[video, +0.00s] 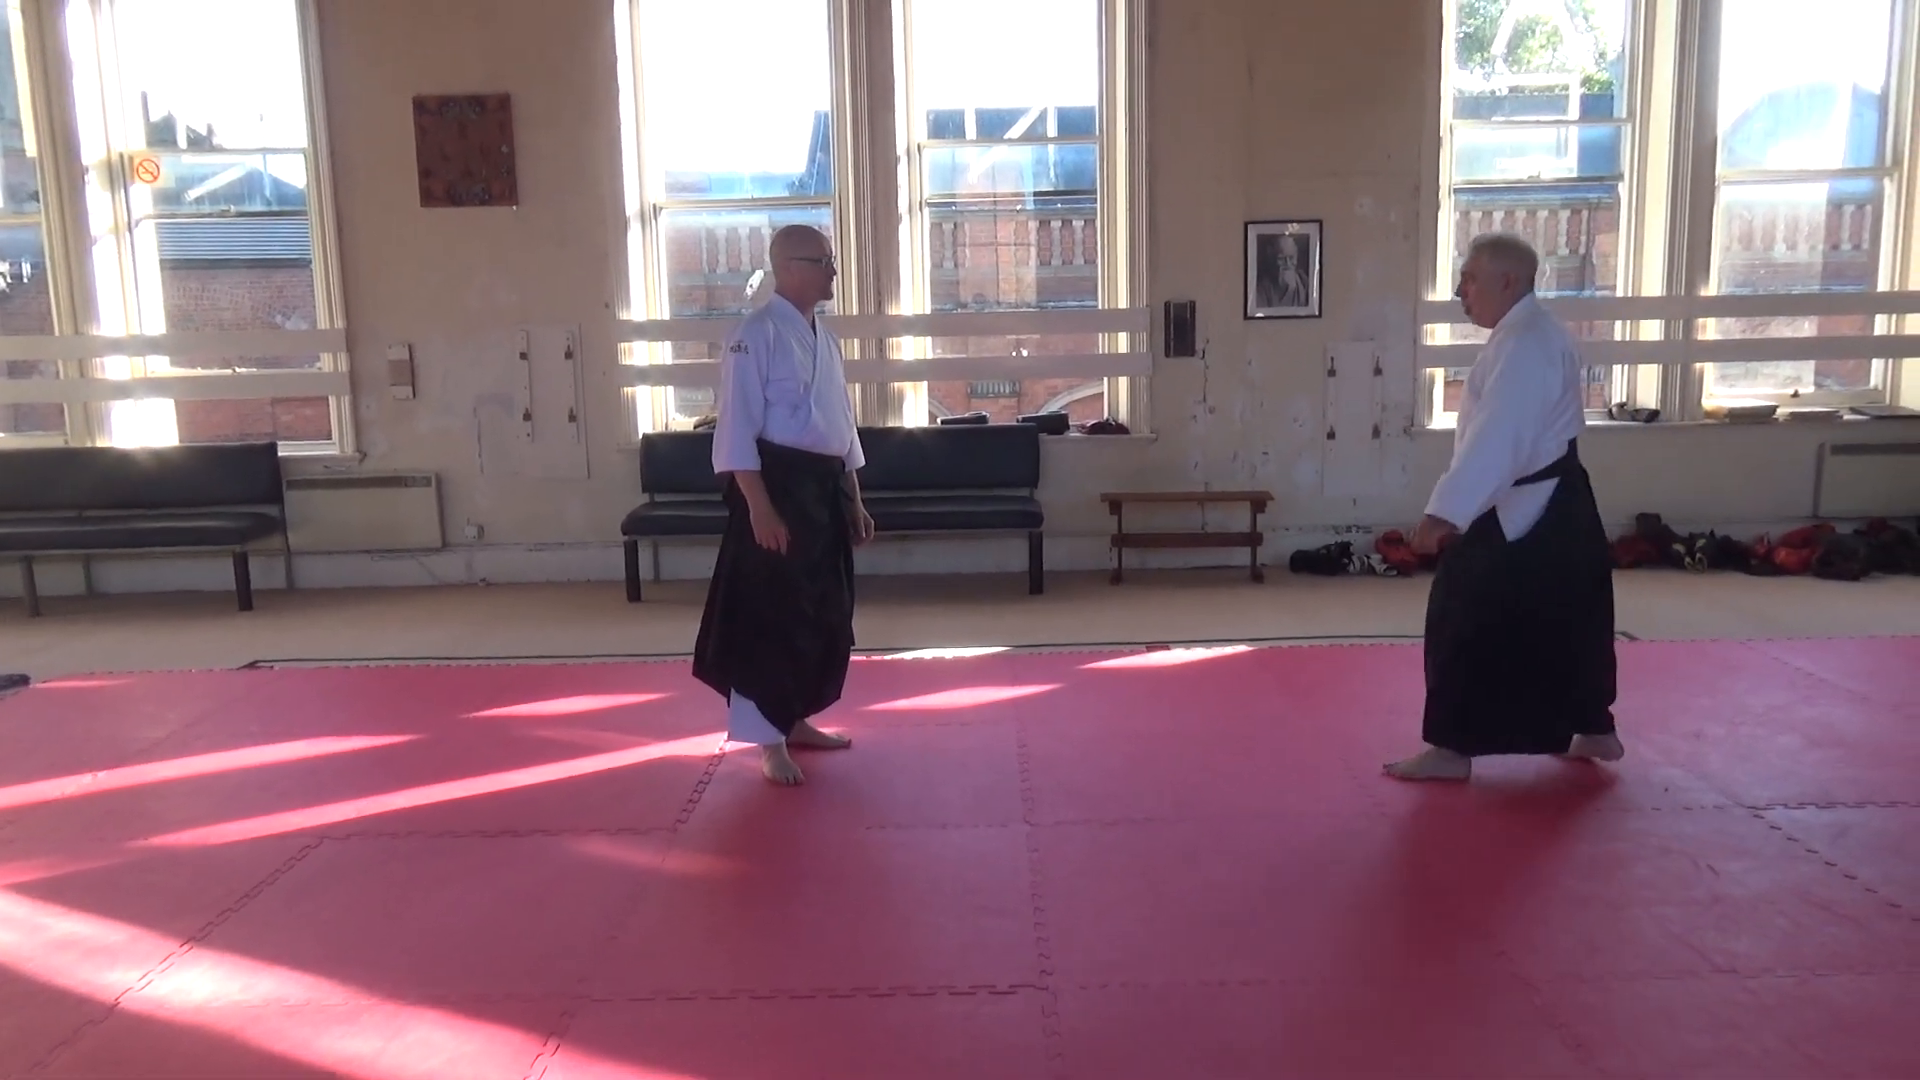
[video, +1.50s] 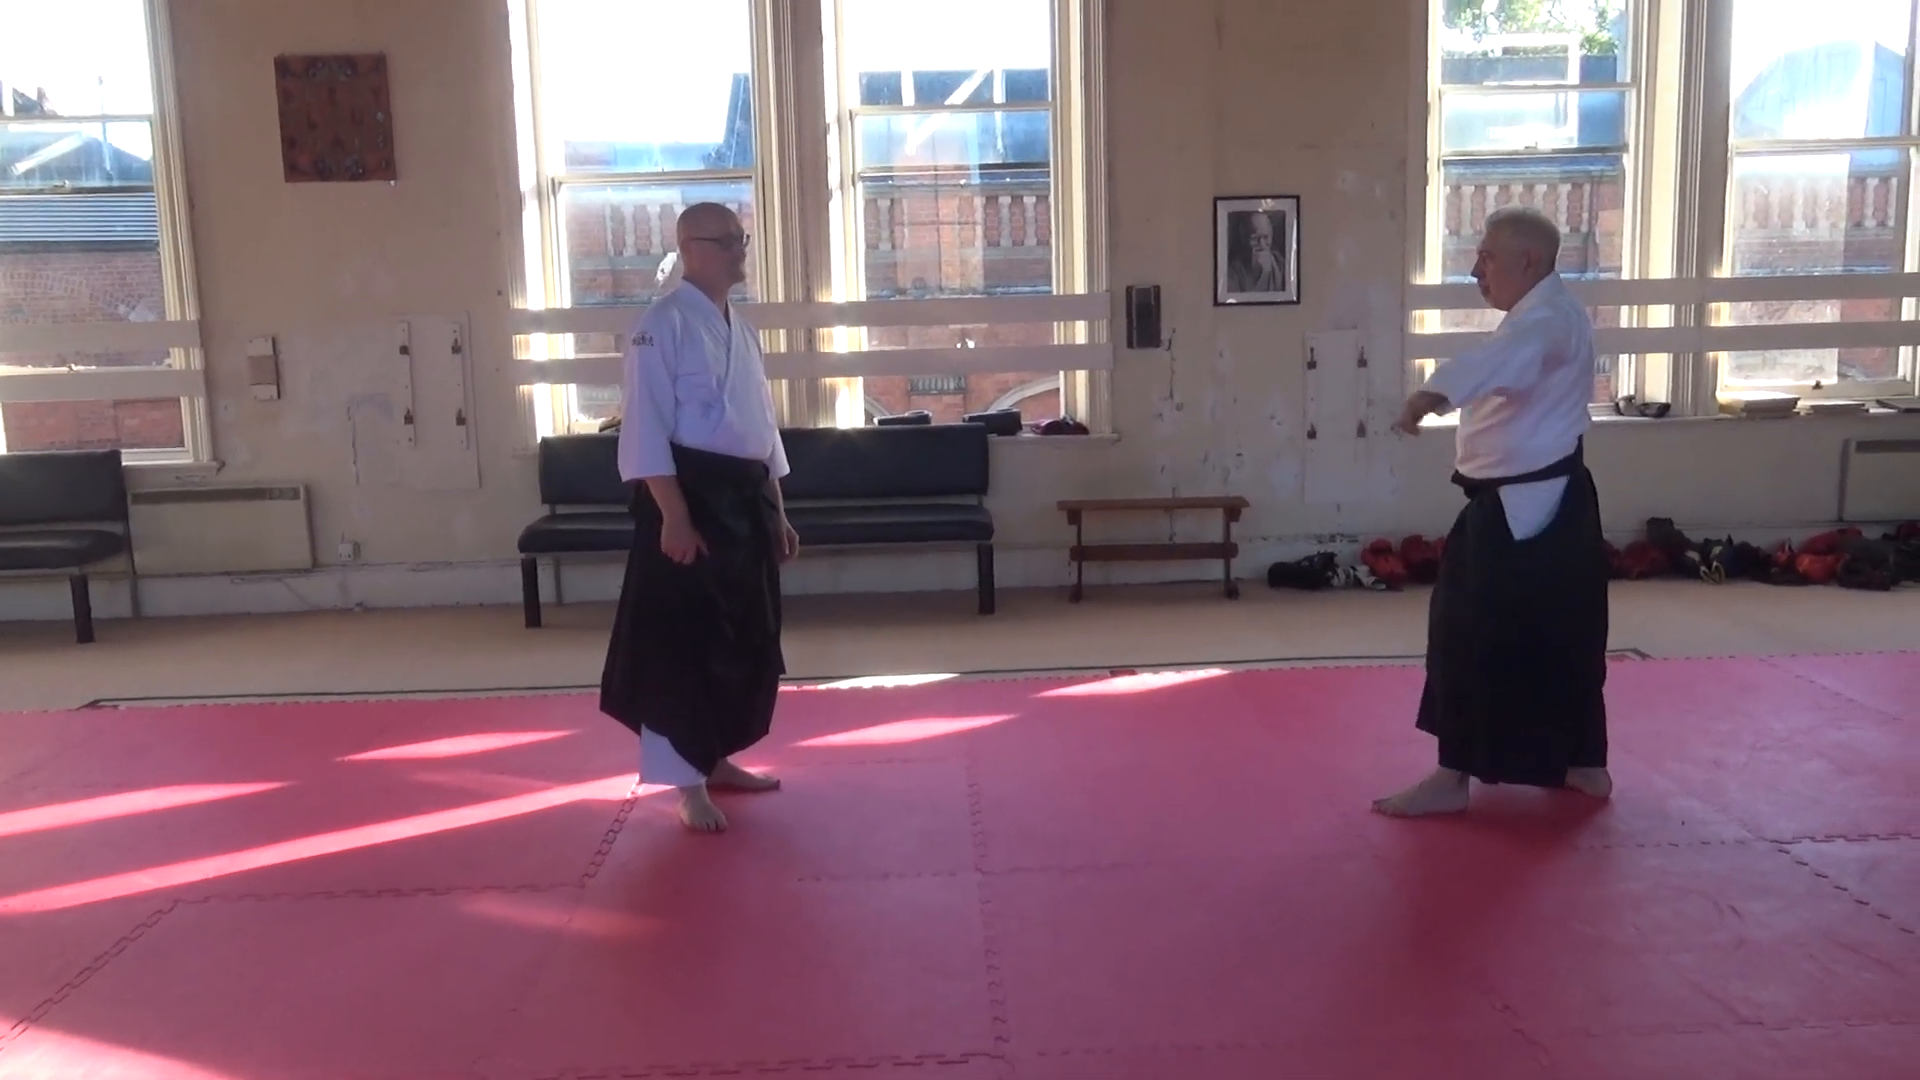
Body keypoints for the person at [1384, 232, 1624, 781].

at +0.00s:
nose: (1461, 290)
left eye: (1470, 278)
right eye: (1462, 278)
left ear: (1508, 282)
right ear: (1513, 283)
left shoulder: (1523, 343)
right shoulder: (1538, 330)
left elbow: (1495, 440)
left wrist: (1441, 514)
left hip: (1522, 505)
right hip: (1560, 499)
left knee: (1457, 616)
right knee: (1575, 614)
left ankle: (1450, 748)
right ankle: (1596, 730)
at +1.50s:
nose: (1477, 269)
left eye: (1487, 258)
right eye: (1479, 257)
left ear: (1528, 262)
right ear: (1531, 263)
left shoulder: (1543, 317)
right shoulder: (1556, 309)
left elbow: (1497, 360)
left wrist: (1433, 394)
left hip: (1514, 504)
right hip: (1555, 497)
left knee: (1460, 634)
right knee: (1567, 633)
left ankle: (1451, 776)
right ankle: (1586, 764)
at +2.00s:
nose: (1453, 288)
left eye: (1464, 277)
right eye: (1454, 277)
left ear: (1505, 277)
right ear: (1508, 279)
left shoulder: (1518, 345)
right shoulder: (1515, 335)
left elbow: (1481, 454)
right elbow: (1460, 438)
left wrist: (1415, 513)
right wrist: (1400, 486)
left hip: (1500, 523)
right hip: (1542, 514)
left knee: (1453, 654)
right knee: (1555, 649)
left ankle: (1438, 792)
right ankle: (1576, 779)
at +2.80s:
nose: (1542, 263)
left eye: (1553, 248)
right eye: (1541, 248)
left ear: (1602, 247)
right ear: (1602, 249)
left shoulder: (1623, 323)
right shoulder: (1599, 312)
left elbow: (1554, 440)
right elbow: (1527, 396)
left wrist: (1492, 485)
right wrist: (1447, 452)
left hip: (1603, 530)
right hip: (1636, 521)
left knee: (1542, 681)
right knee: (1657, 682)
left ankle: (1525, 850)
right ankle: (1686, 836)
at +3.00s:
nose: (1647, 215)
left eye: (1660, 199)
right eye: (1646, 199)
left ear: (1715, 197)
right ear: (1711, 199)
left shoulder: (1736, 287)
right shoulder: (1711, 273)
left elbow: (1648, 421)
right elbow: (1623, 366)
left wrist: (1582, 464)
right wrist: (1528, 427)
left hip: (1709, 526)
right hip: (1747, 516)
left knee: (1638, 703)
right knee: (1770, 704)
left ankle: (1615, 894)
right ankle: (1801, 879)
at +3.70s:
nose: (1583, 232)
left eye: (1595, 216)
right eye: (1583, 215)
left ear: (1646, 219)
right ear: (1656, 221)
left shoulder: (1645, 307)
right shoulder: (1697, 279)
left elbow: (1566, 423)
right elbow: (1581, 351)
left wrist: (1511, 478)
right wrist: (1486, 313)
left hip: (1661, 531)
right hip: (1727, 515)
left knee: (1548, 665)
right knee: (1767, 690)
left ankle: (1507, 856)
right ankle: (1830, 861)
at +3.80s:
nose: (1526, 242)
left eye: (1537, 226)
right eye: (1527, 225)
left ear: (1588, 231)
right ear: (1599, 229)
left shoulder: (1585, 317)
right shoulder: (1637, 286)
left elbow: (1504, 420)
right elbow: (1538, 324)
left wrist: (1423, 475)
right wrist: (1470, 259)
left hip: (1618, 534)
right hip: (1681, 516)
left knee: (1498, 666)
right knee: (1744, 691)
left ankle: (1446, 853)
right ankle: (1830, 855)